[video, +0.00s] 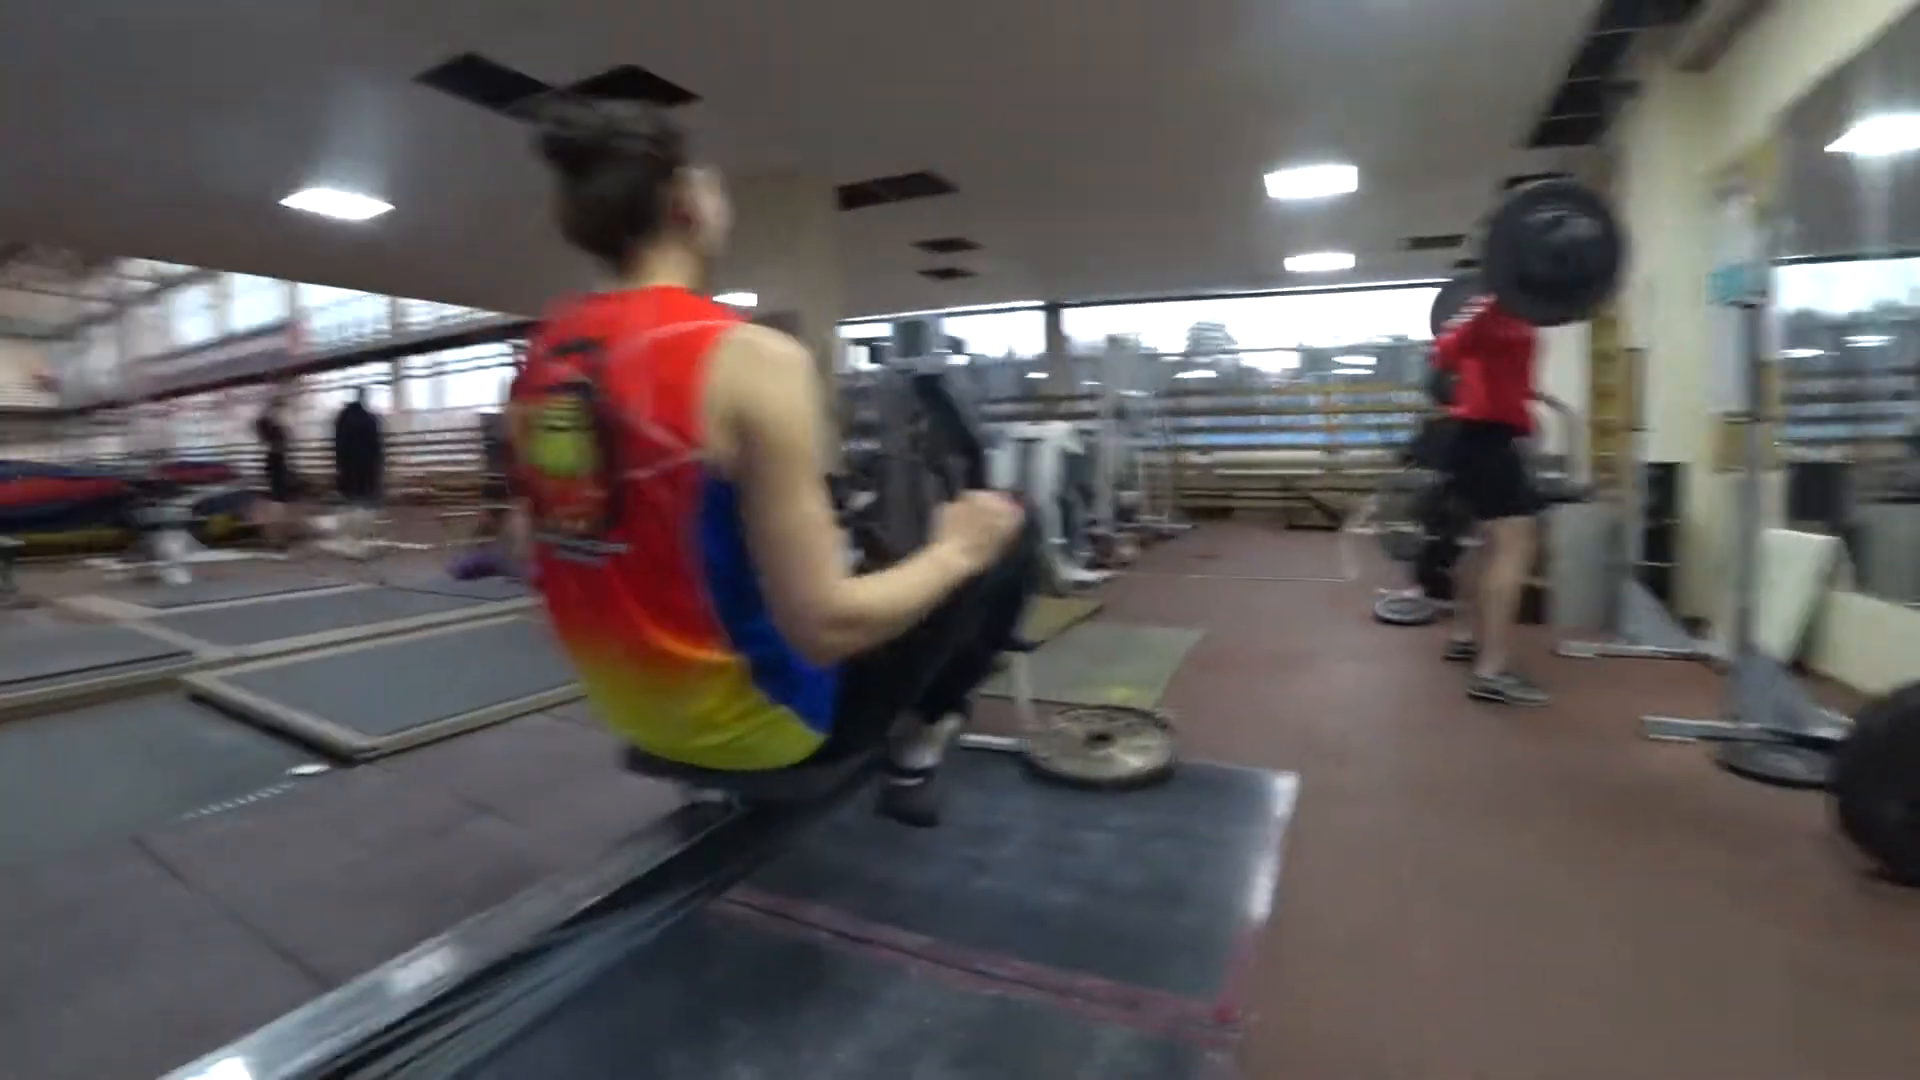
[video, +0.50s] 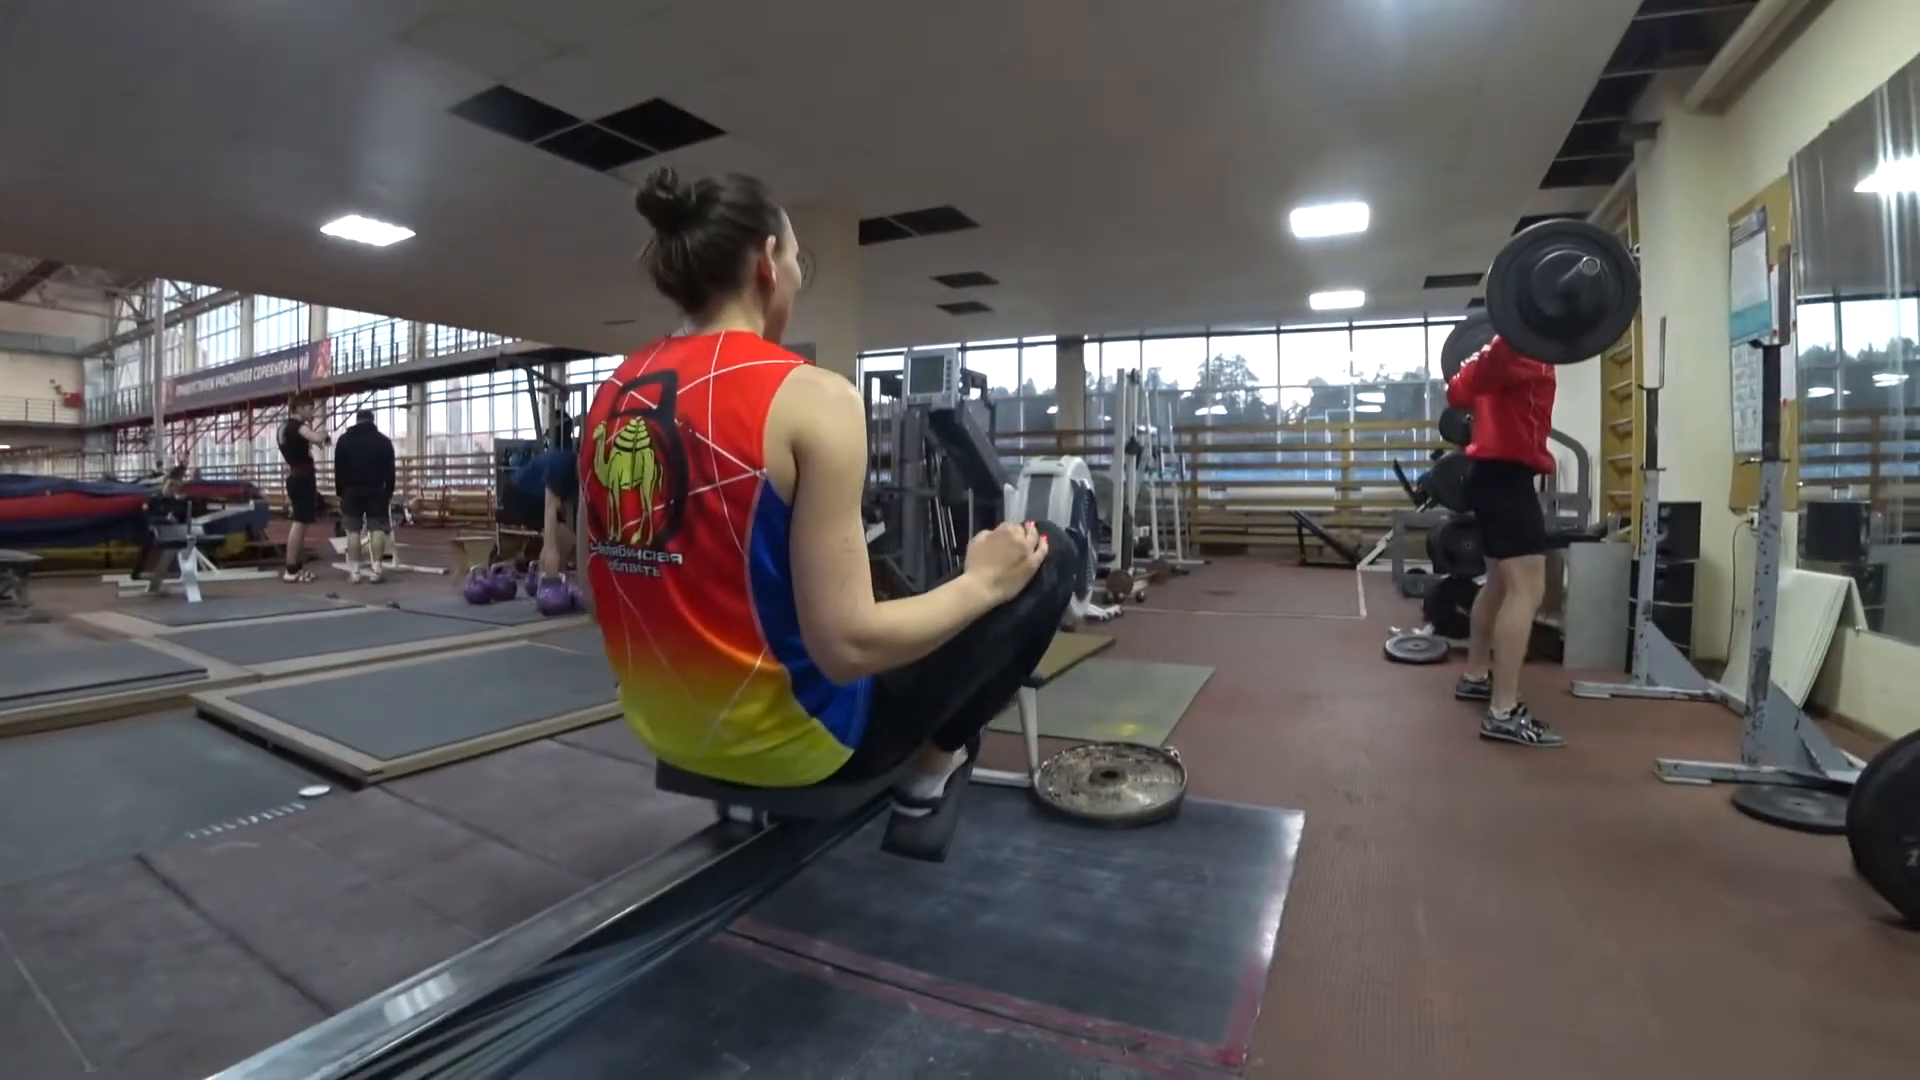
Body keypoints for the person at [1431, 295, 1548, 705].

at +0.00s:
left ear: (1510, 270)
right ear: (1518, 270)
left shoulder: (1519, 315)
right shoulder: (1491, 308)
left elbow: (1503, 373)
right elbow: (1445, 348)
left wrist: (1539, 396)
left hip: (1492, 432)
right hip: (1483, 433)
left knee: (1491, 541)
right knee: (1514, 544)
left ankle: (1470, 634)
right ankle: (1492, 669)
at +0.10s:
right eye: (1567, 270)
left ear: (1539, 275)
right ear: (1552, 273)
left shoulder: (1547, 319)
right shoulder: (1523, 315)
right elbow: (1469, 359)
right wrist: (1518, 310)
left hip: (1509, 444)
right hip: (1514, 446)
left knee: (1507, 554)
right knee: (1536, 559)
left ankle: (1484, 646)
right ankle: (1513, 682)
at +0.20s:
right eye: (1567, 278)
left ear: (1541, 281)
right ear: (1553, 280)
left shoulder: (1546, 324)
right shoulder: (1521, 321)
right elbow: (1467, 365)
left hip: (1506, 451)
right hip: (1511, 452)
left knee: (1504, 560)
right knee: (1533, 566)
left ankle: (1482, 653)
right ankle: (1510, 689)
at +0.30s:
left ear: (1530, 289)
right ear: (1549, 289)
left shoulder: (1535, 330)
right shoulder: (1520, 330)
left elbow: (1468, 370)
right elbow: (1464, 373)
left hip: (1497, 459)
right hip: (1508, 461)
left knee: (1498, 568)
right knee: (1528, 575)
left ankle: (1477, 660)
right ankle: (1505, 697)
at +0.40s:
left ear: (1525, 296)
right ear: (1544, 295)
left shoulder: (1533, 337)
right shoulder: (1517, 337)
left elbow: (1467, 377)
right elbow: (1461, 381)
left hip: (1495, 466)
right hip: (1507, 468)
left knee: (1498, 575)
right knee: (1527, 582)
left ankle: (1476, 667)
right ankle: (1505, 703)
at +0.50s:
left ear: (1527, 305)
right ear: (1546, 305)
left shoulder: (1531, 346)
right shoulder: (1517, 346)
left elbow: (1466, 385)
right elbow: (1461, 388)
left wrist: (1459, 387)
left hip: (1494, 474)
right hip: (1506, 476)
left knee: (1497, 583)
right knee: (1526, 590)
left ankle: (1476, 675)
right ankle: (1505, 712)